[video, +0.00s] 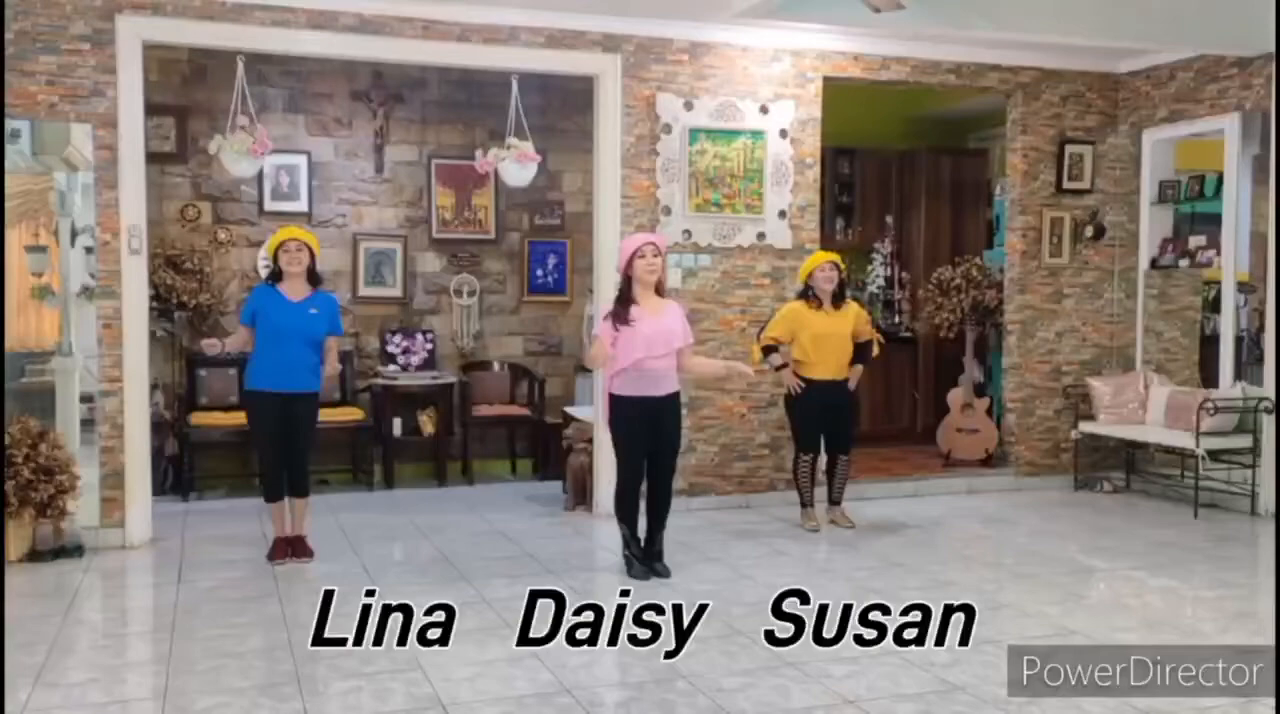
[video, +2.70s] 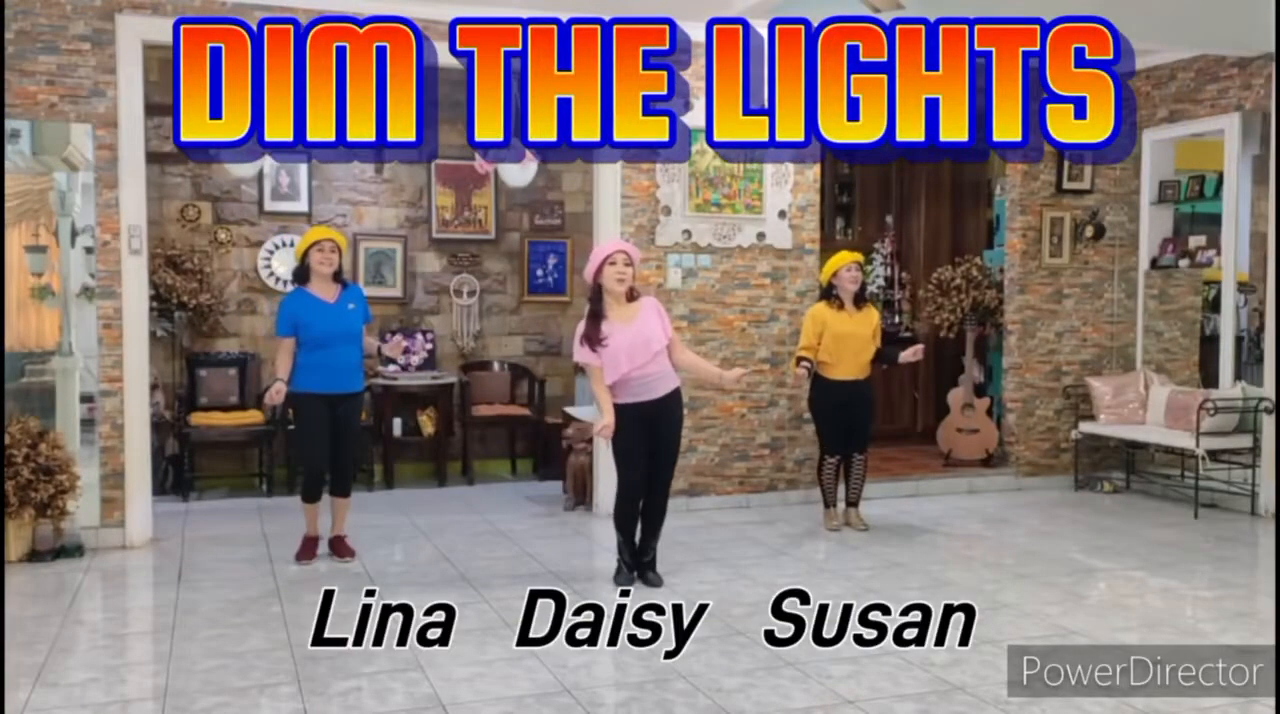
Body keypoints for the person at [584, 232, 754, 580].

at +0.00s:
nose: (652, 262)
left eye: (656, 256)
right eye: (643, 257)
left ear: (663, 264)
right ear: (629, 267)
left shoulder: (673, 310)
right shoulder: (616, 313)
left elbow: (686, 362)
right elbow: (595, 360)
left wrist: (730, 367)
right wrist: (595, 350)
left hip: (667, 401)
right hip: (627, 402)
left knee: (662, 478)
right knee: (631, 476)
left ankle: (654, 549)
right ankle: (631, 550)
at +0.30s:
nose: (648, 266)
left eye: (653, 260)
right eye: (639, 261)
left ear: (661, 267)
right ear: (625, 271)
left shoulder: (674, 311)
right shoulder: (615, 317)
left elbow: (688, 365)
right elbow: (609, 372)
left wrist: (722, 399)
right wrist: (629, 368)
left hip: (670, 406)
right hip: (632, 409)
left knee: (667, 485)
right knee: (633, 483)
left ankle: (655, 553)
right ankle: (632, 549)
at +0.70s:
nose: (632, 260)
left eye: (637, 255)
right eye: (624, 256)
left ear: (647, 263)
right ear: (612, 268)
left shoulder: (666, 304)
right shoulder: (605, 310)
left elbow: (686, 354)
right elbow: (590, 367)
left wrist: (733, 371)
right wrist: (582, 345)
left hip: (658, 401)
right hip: (616, 402)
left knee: (656, 480)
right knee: (609, 474)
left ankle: (654, 553)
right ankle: (590, 551)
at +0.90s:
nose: (619, 263)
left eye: (624, 257)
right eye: (610, 258)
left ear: (633, 264)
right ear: (598, 269)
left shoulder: (649, 309)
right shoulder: (588, 315)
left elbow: (665, 365)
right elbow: (575, 369)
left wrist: (699, 391)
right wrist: (569, 387)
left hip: (642, 405)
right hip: (598, 405)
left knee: (645, 483)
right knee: (592, 482)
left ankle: (653, 555)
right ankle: (581, 556)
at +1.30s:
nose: (598, 261)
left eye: (604, 255)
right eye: (590, 256)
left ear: (614, 265)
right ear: (579, 267)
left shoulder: (629, 314)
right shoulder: (563, 310)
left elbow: (641, 368)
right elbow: (540, 361)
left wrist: (667, 410)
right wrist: (519, 406)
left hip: (615, 407)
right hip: (571, 407)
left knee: (617, 487)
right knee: (576, 485)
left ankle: (607, 557)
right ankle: (579, 558)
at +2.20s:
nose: (608, 264)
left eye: (613, 258)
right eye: (599, 259)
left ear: (620, 266)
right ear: (583, 269)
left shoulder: (639, 305)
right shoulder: (579, 321)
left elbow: (665, 355)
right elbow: (575, 379)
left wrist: (694, 389)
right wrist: (559, 426)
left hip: (645, 405)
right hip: (601, 409)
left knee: (644, 485)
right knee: (594, 485)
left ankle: (645, 560)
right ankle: (582, 557)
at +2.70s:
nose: (621, 271)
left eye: (627, 264)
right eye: (613, 264)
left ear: (634, 272)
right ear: (598, 274)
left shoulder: (651, 307)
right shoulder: (591, 325)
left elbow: (679, 355)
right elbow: (597, 380)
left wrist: (722, 377)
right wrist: (608, 415)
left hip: (667, 404)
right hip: (627, 411)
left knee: (660, 487)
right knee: (631, 487)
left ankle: (647, 559)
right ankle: (626, 559)